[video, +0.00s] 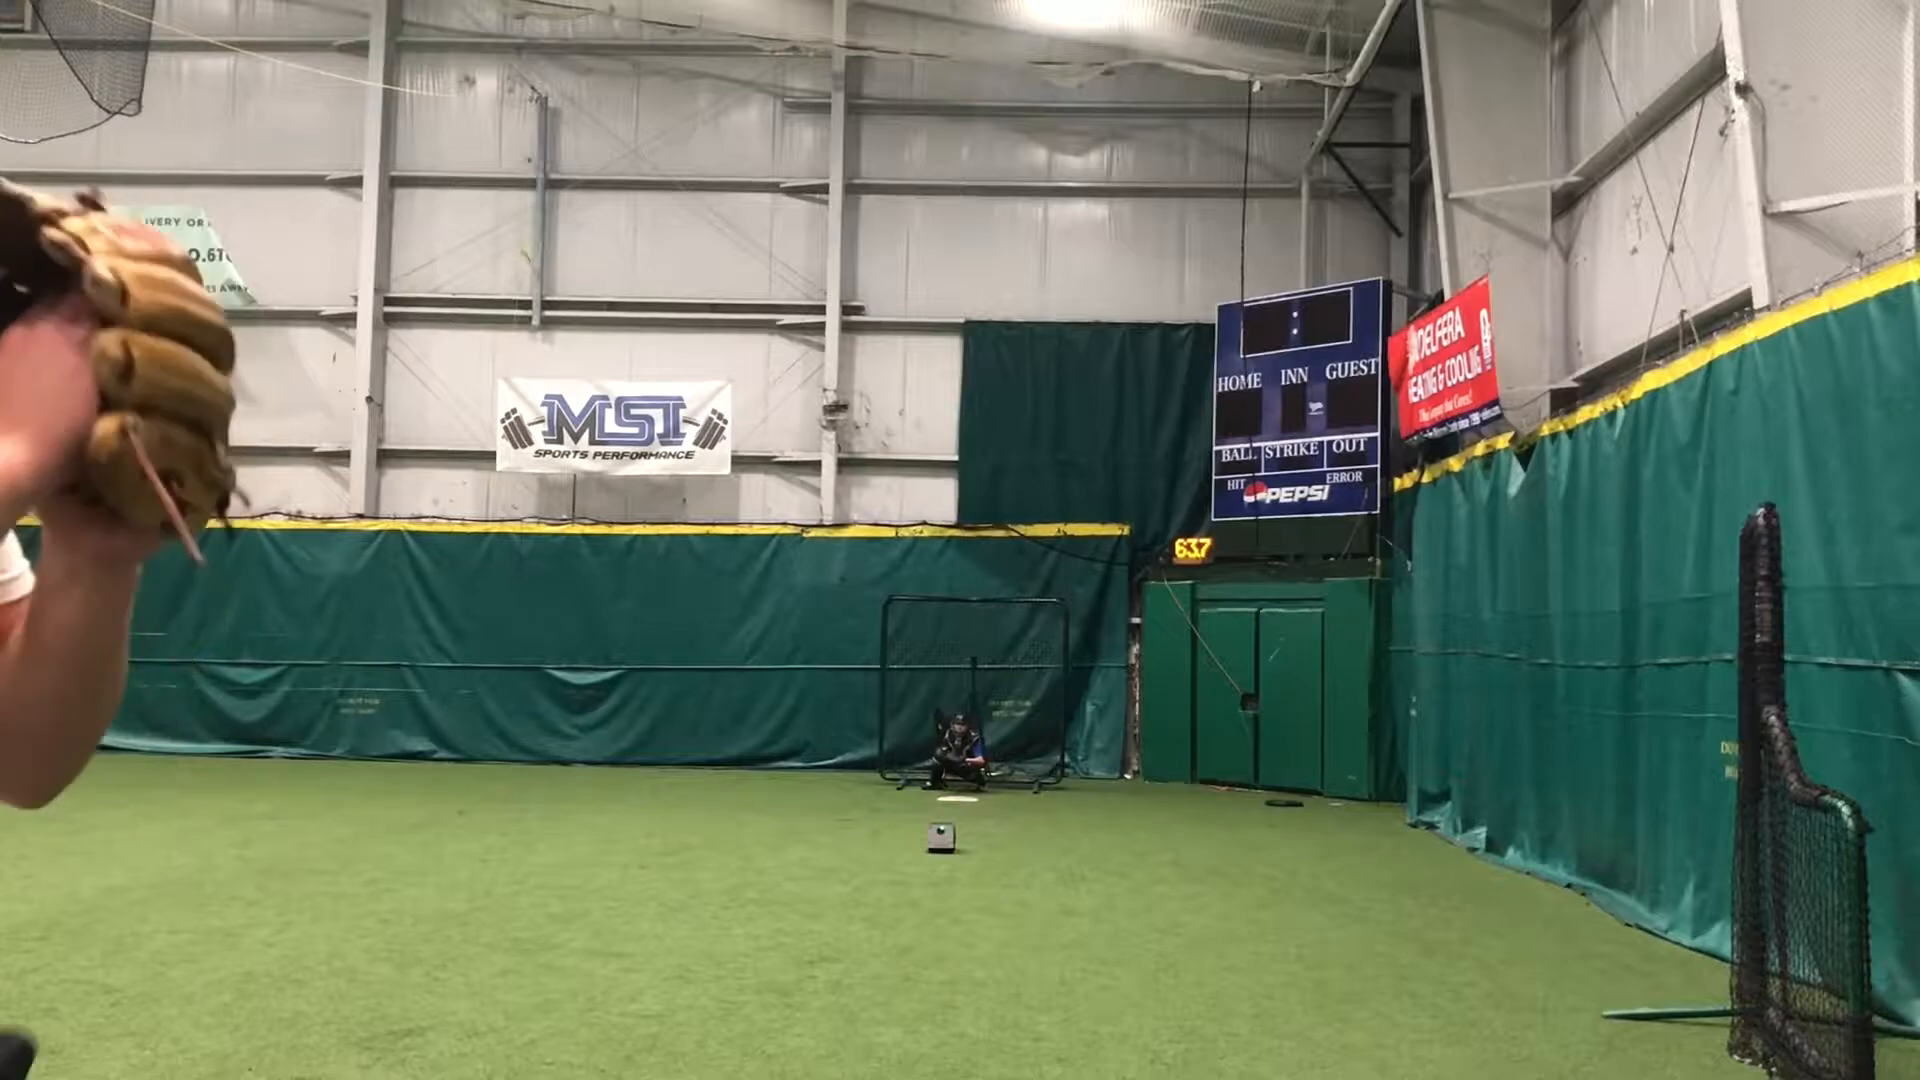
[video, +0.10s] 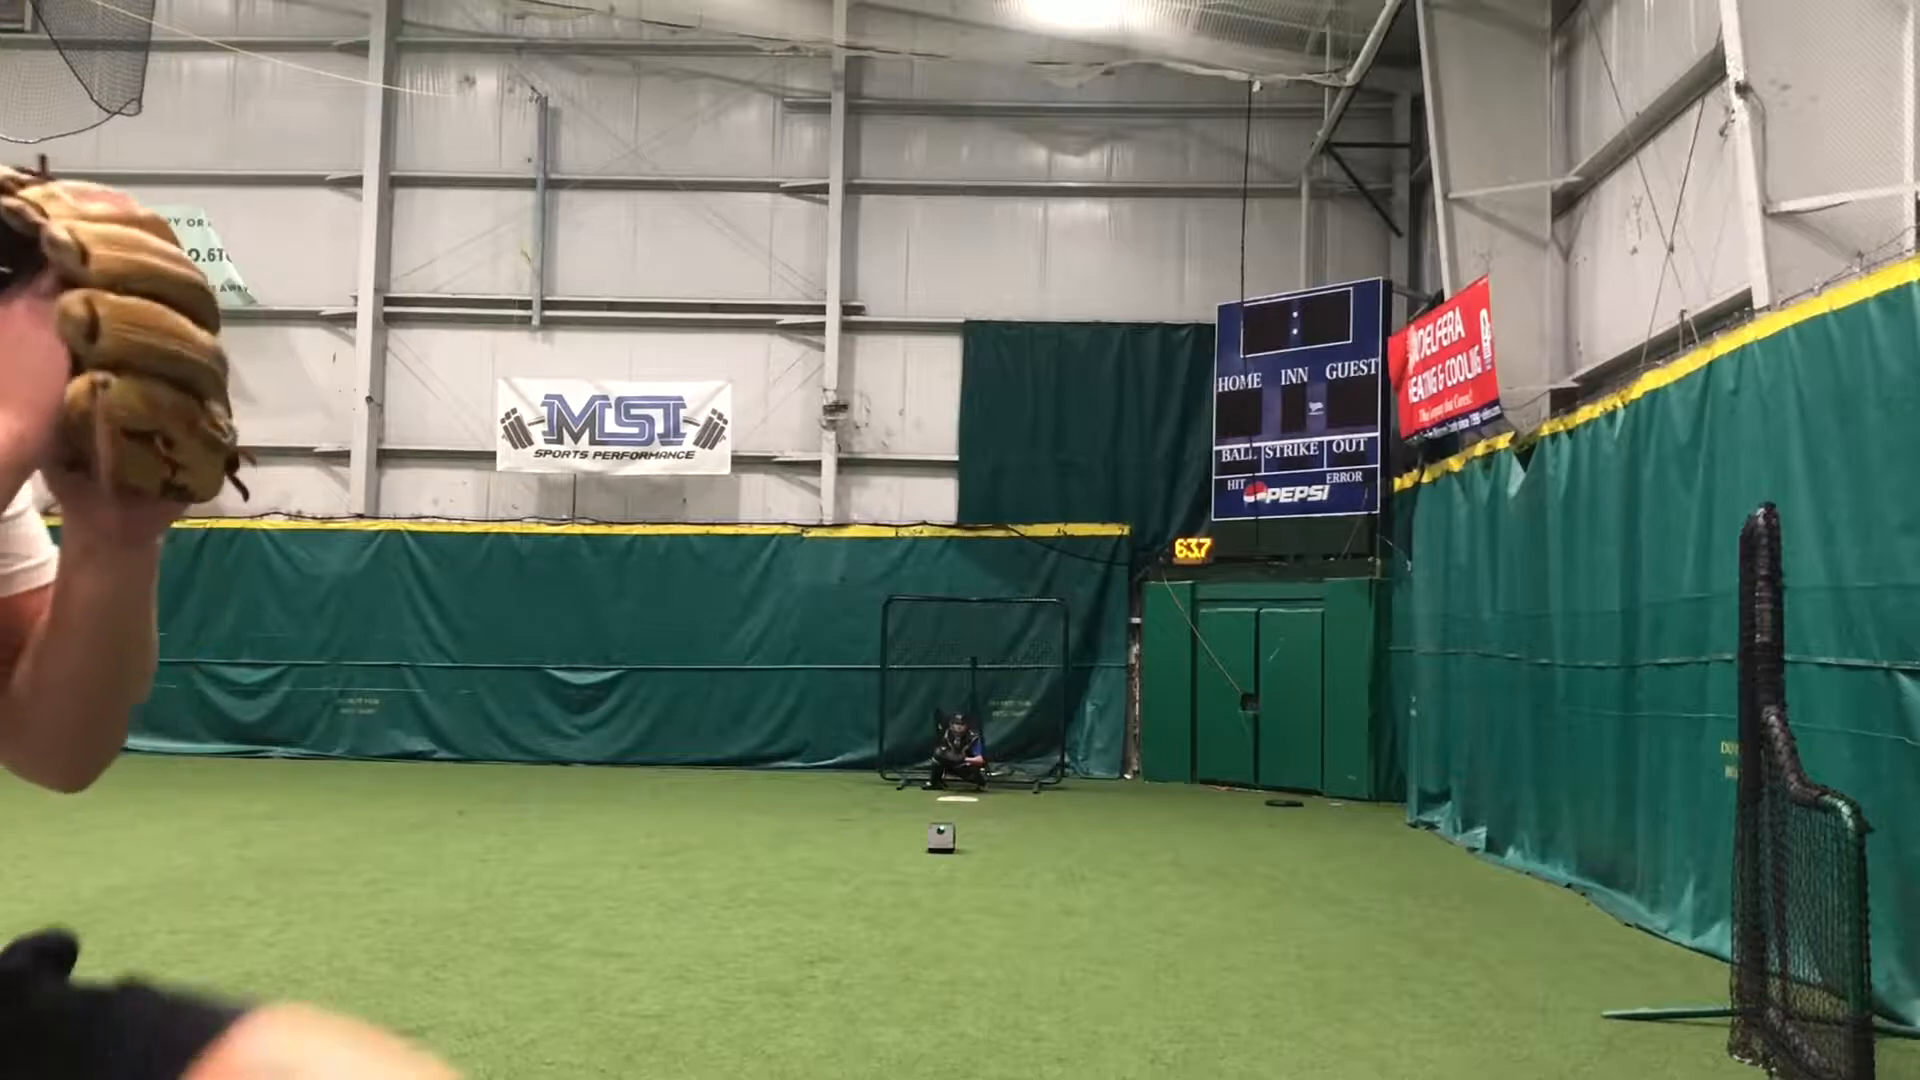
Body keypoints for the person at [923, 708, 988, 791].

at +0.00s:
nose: (959, 728)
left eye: (962, 725)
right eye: (957, 724)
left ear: (967, 726)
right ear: (952, 726)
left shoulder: (974, 739)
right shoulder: (946, 736)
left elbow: (981, 761)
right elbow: (940, 752)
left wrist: (966, 760)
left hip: (966, 766)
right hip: (950, 764)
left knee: (975, 776)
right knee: (938, 760)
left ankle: (981, 783)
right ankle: (935, 782)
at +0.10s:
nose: (958, 727)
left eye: (961, 724)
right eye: (956, 724)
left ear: (966, 726)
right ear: (951, 725)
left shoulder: (973, 738)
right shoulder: (946, 735)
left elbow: (980, 760)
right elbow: (939, 751)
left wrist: (964, 759)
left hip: (966, 766)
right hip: (949, 764)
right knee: (937, 760)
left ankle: (981, 783)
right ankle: (935, 782)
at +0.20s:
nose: (957, 726)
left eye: (960, 724)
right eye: (955, 723)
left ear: (965, 725)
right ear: (950, 725)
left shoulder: (972, 738)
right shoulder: (945, 735)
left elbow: (979, 759)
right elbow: (938, 751)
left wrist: (963, 757)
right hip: (948, 763)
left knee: (963, 768)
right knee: (936, 760)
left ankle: (980, 782)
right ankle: (936, 782)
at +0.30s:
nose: (956, 726)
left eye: (959, 723)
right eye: (954, 722)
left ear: (964, 725)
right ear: (949, 724)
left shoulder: (971, 738)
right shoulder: (944, 734)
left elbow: (978, 758)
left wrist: (961, 756)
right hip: (948, 760)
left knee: (961, 768)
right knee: (936, 755)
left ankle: (980, 782)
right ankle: (935, 782)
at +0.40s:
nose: (955, 725)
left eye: (958, 723)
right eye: (953, 722)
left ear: (964, 725)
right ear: (948, 724)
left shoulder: (971, 738)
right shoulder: (943, 734)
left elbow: (977, 758)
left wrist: (960, 756)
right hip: (947, 760)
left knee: (960, 768)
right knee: (936, 753)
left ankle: (980, 782)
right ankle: (935, 782)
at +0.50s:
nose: (954, 726)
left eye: (958, 723)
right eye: (952, 722)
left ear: (963, 725)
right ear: (947, 724)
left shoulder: (970, 738)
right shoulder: (942, 735)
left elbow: (976, 758)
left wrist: (960, 756)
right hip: (946, 760)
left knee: (960, 768)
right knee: (935, 753)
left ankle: (980, 782)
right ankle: (935, 782)